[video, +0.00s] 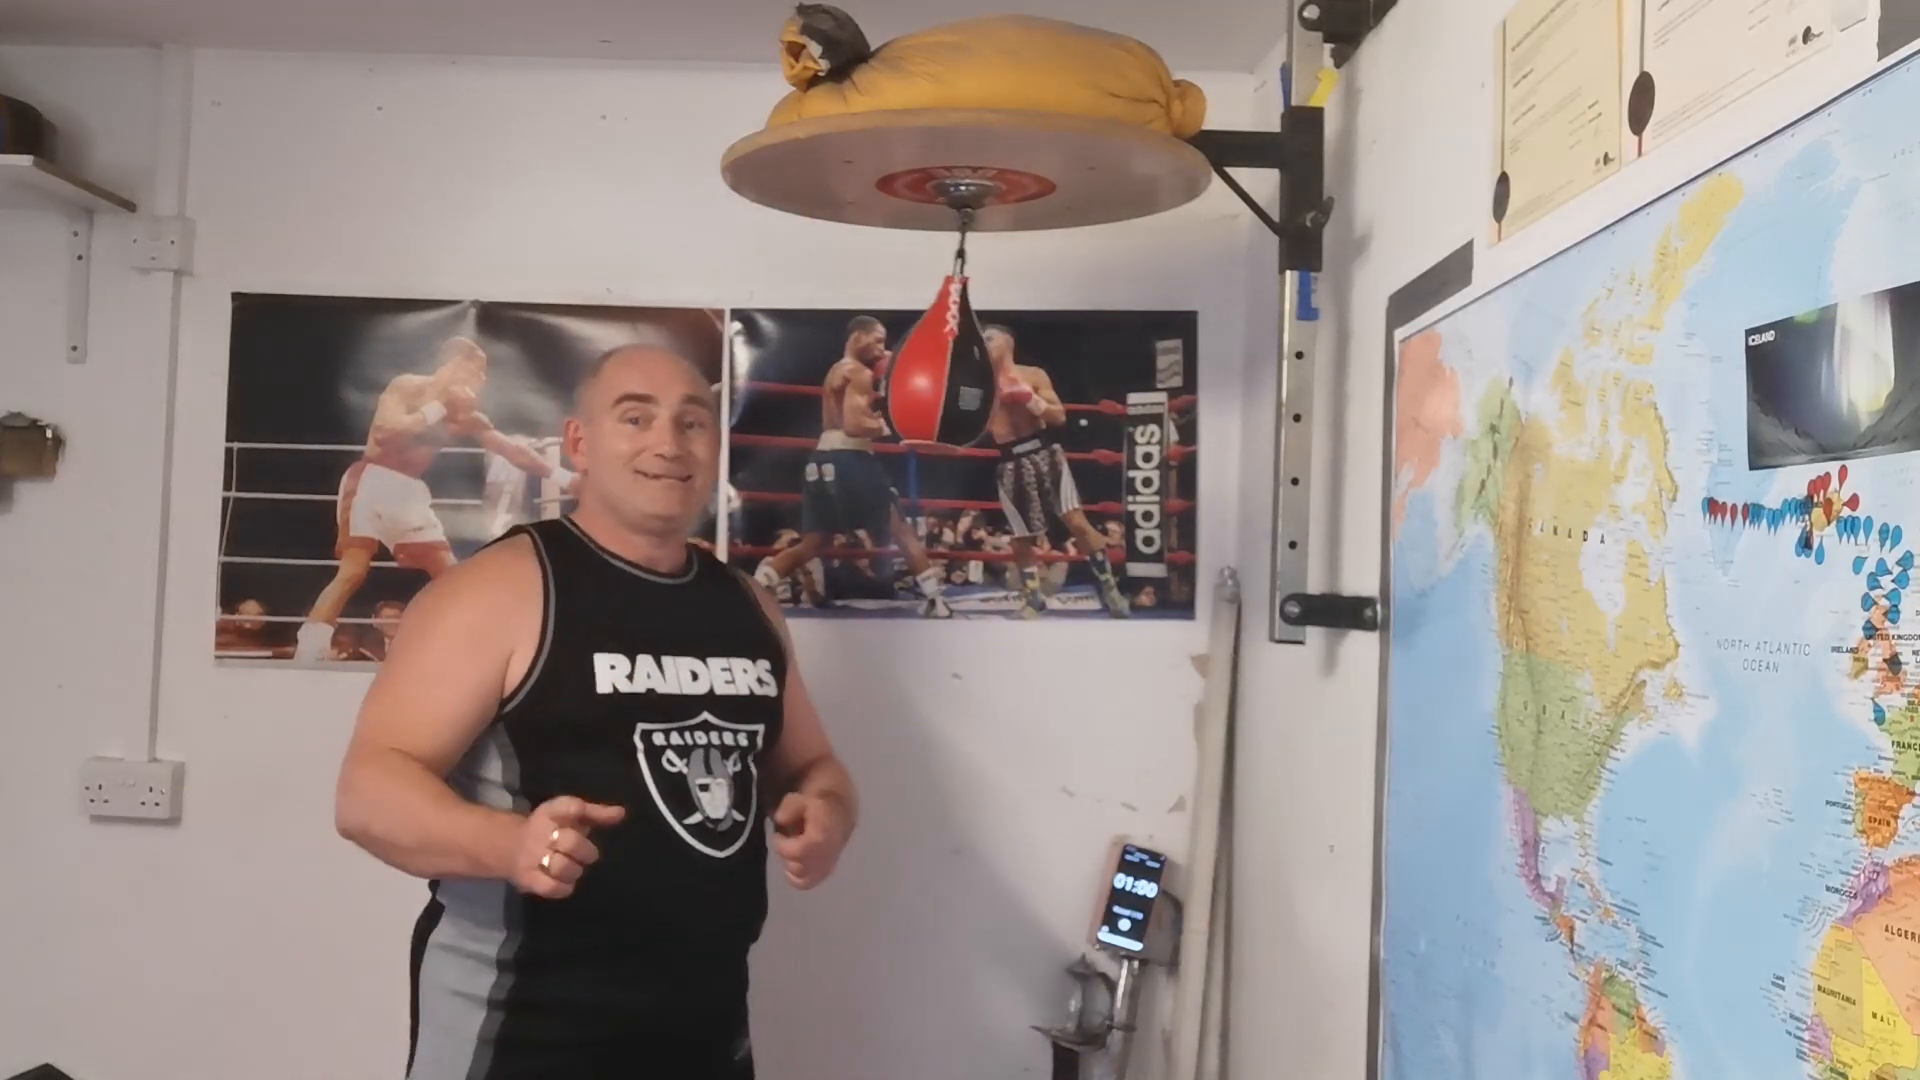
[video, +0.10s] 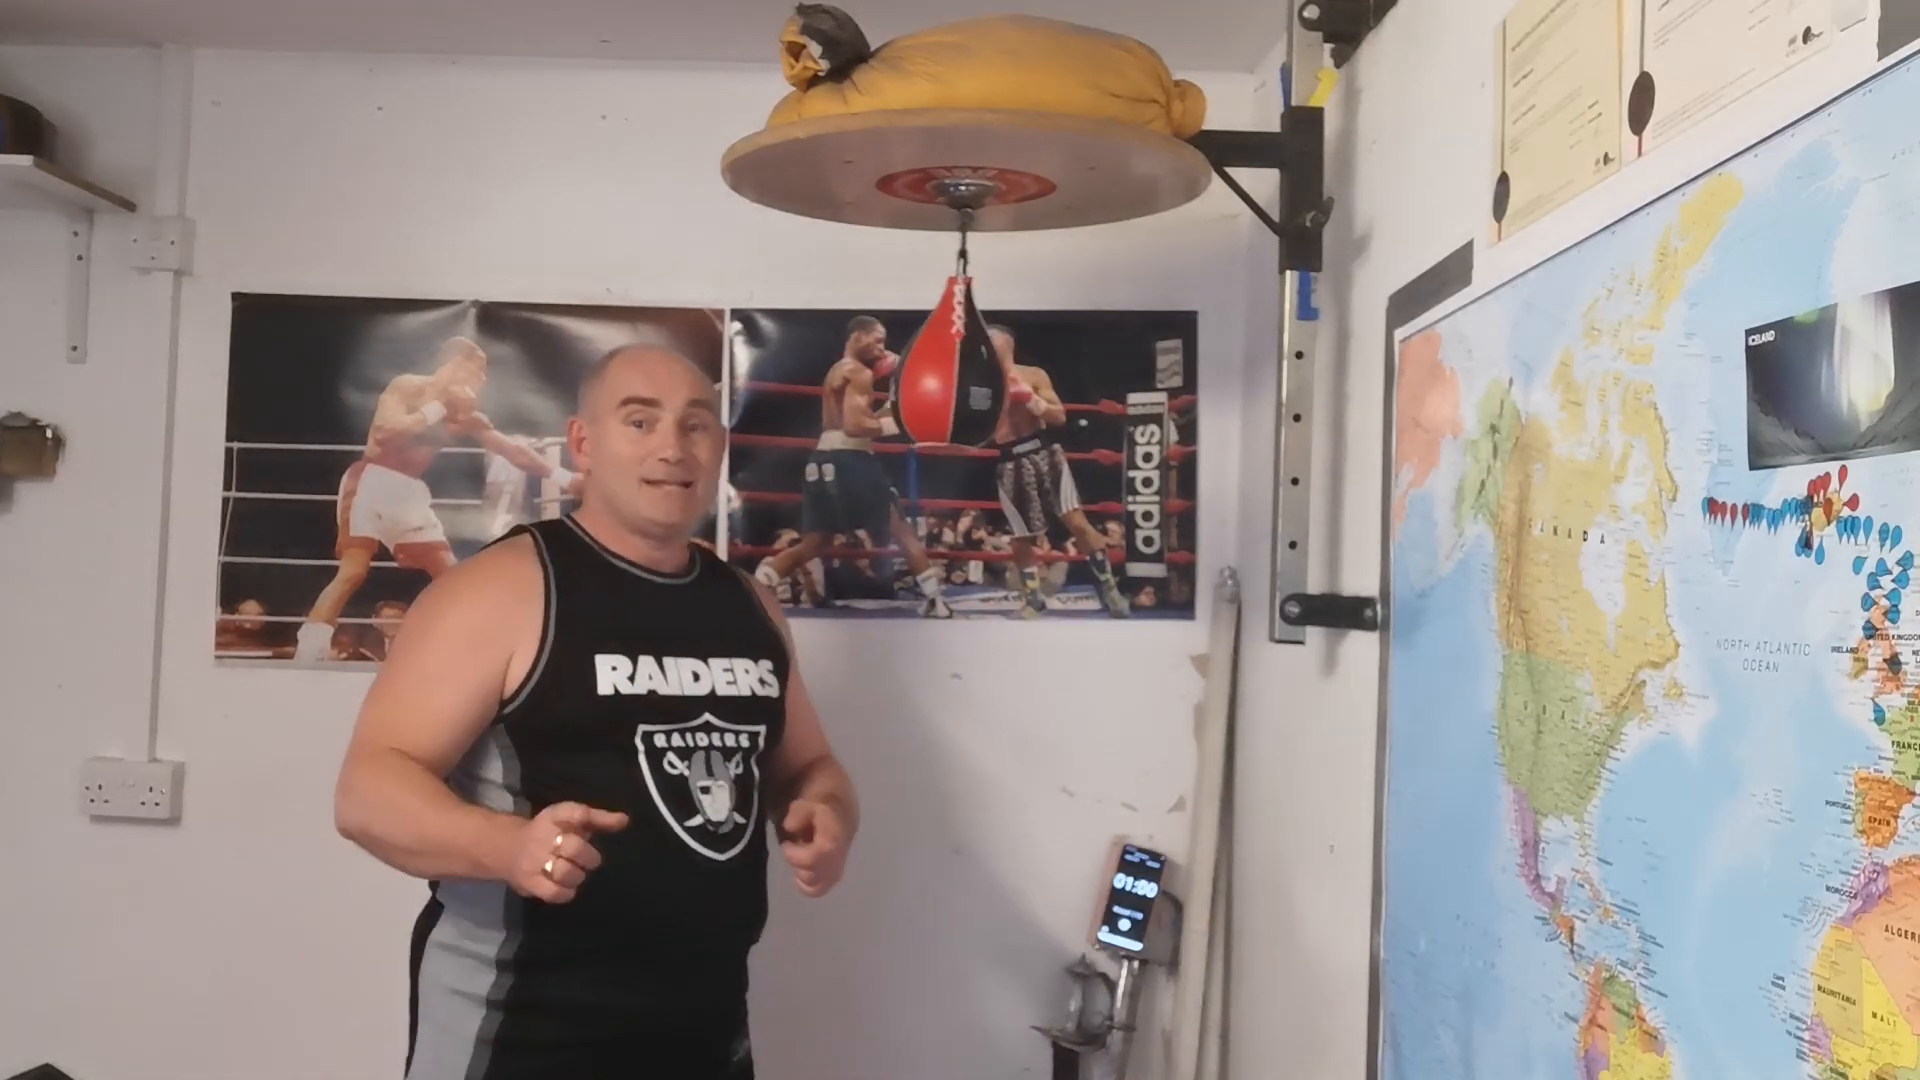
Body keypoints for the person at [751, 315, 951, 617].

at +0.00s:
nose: (881, 348)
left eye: (883, 343)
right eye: (878, 341)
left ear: (855, 340)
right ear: (857, 337)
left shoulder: (833, 373)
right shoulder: (859, 373)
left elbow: (834, 421)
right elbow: (854, 425)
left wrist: (877, 376)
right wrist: (884, 425)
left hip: (820, 462)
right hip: (853, 463)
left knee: (812, 543)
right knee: (903, 532)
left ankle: (754, 589)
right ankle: (936, 599)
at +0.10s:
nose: (881, 349)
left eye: (883, 343)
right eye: (877, 341)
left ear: (856, 340)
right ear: (857, 337)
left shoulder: (833, 373)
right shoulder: (859, 373)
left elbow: (838, 422)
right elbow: (854, 425)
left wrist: (885, 411)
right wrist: (891, 423)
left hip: (821, 462)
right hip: (853, 462)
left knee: (813, 543)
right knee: (903, 532)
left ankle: (755, 589)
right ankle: (936, 599)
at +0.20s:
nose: (881, 349)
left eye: (883, 343)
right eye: (877, 341)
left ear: (856, 340)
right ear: (857, 337)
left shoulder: (834, 373)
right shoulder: (859, 373)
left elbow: (843, 422)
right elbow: (854, 425)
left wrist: (887, 407)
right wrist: (890, 424)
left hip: (821, 463)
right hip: (853, 463)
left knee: (813, 543)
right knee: (903, 532)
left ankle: (755, 588)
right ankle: (936, 599)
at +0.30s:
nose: (881, 349)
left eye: (882, 343)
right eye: (877, 341)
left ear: (855, 341)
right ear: (855, 337)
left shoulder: (834, 373)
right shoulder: (858, 373)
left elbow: (844, 424)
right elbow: (853, 426)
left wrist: (889, 408)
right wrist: (896, 423)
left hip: (821, 463)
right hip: (853, 463)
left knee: (814, 542)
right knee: (903, 532)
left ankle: (756, 587)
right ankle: (936, 599)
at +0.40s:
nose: (881, 348)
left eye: (882, 343)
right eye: (877, 341)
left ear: (857, 340)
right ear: (856, 337)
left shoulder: (834, 373)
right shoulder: (858, 373)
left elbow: (848, 424)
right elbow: (854, 425)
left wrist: (889, 407)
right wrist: (895, 423)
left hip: (820, 463)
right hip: (852, 463)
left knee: (813, 542)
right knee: (901, 529)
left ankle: (756, 588)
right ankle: (935, 597)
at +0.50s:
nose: (881, 348)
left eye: (882, 343)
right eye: (878, 341)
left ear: (857, 340)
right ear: (857, 337)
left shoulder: (834, 374)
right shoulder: (858, 373)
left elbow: (851, 424)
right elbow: (854, 426)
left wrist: (890, 407)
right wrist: (895, 423)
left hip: (820, 463)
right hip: (852, 463)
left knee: (815, 542)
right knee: (901, 529)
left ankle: (756, 587)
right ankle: (936, 598)